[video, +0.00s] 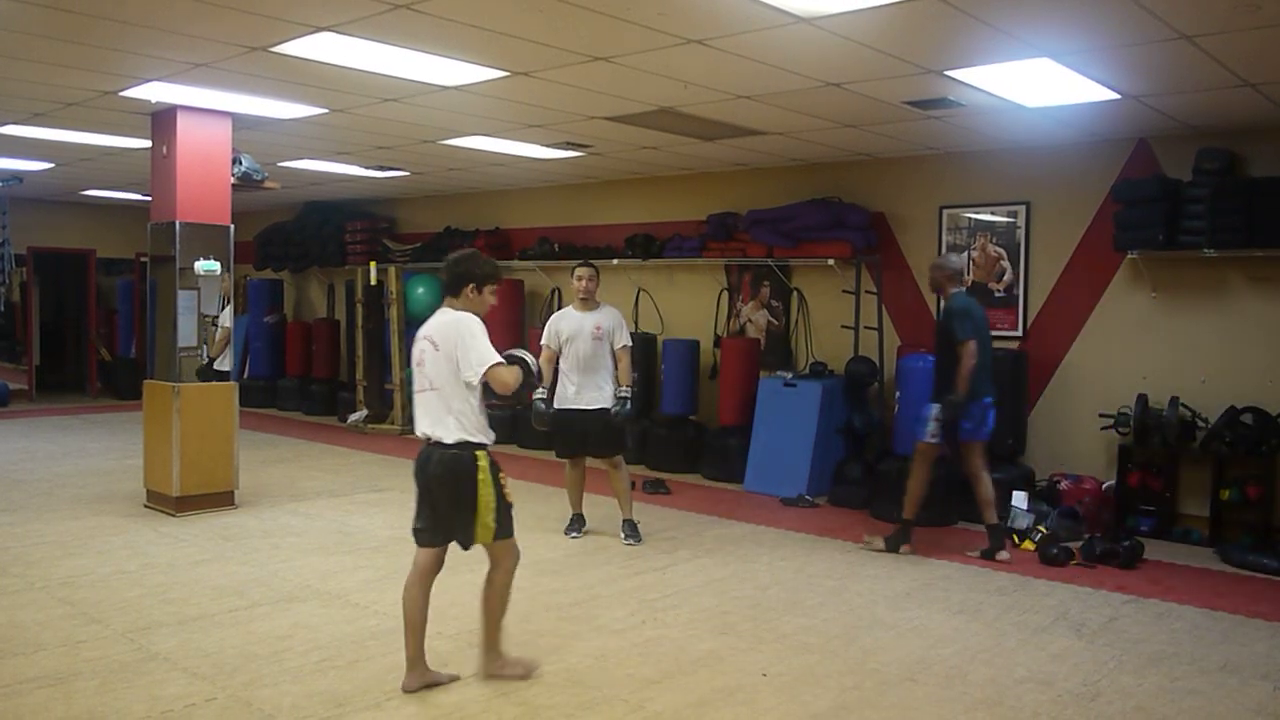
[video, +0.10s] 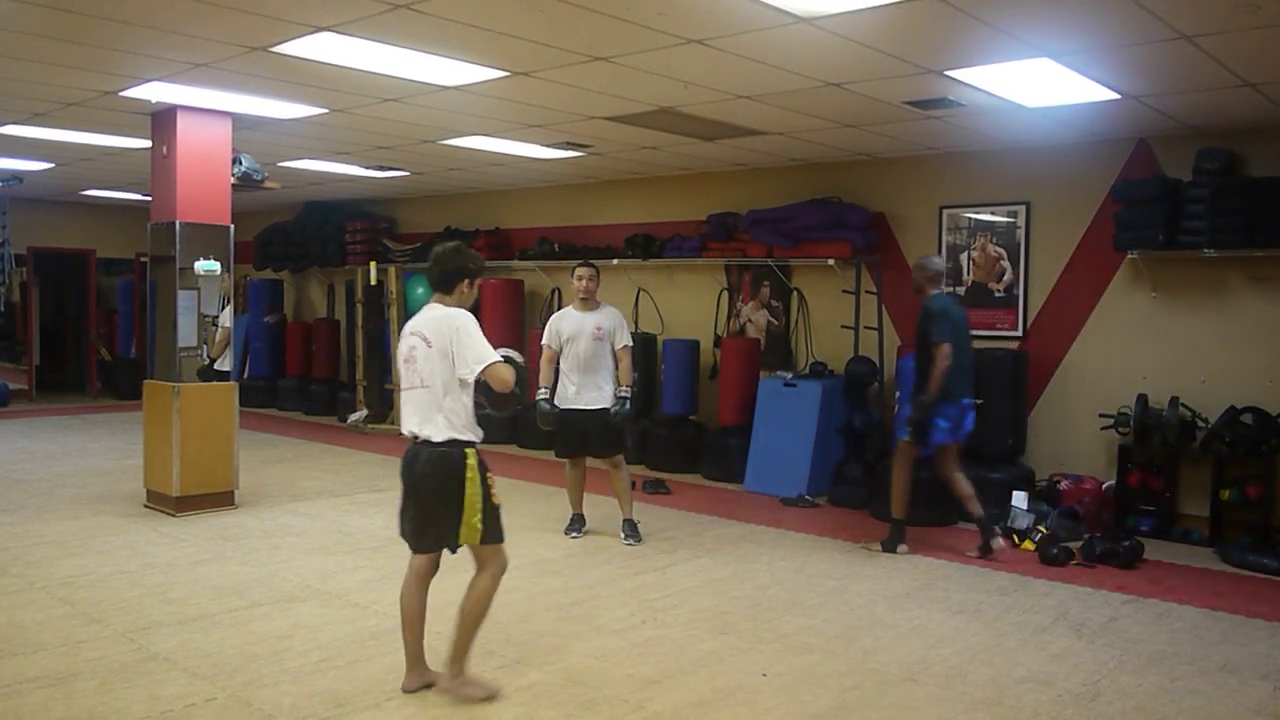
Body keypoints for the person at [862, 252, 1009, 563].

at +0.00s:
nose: (929, 280)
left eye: (932, 275)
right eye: (931, 274)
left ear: (946, 277)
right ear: (954, 277)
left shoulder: (957, 307)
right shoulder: (968, 305)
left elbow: (969, 354)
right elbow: (970, 354)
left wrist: (957, 397)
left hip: (953, 400)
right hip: (977, 400)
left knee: (922, 456)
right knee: (976, 464)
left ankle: (902, 534)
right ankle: (996, 541)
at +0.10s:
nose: (911, 281)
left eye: (914, 277)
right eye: (913, 276)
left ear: (925, 278)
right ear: (940, 278)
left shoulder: (935, 307)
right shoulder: (954, 305)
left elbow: (944, 356)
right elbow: (958, 356)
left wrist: (926, 398)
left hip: (936, 401)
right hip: (959, 401)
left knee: (902, 457)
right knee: (948, 464)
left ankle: (896, 535)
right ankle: (987, 529)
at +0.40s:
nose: (864, 274)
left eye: (867, 270)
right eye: (866, 269)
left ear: (877, 272)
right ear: (893, 272)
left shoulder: (876, 302)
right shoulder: (907, 302)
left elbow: (875, 344)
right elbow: (924, 345)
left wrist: (851, 376)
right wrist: (922, 388)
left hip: (883, 390)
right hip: (903, 387)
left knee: (887, 456)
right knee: (866, 442)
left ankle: (896, 535)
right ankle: (875, 510)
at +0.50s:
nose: (850, 278)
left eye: (852, 274)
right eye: (852, 273)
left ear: (861, 275)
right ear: (878, 276)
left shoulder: (861, 305)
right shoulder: (892, 305)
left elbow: (859, 343)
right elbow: (909, 347)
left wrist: (833, 374)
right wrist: (910, 388)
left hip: (870, 392)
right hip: (890, 390)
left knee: (879, 458)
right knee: (856, 449)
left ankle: (896, 535)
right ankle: (838, 506)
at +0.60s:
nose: (837, 278)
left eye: (839, 273)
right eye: (838, 272)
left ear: (847, 277)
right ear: (866, 277)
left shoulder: (847, 306)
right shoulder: (878, 304)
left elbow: (845, 346)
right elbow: (894, 344)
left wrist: (820, 377)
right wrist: (895, 386)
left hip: (855, 392)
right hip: (874, 390)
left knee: (862, 457)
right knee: (842, 450)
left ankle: (891, 528)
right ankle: (830, 514)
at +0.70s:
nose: (826, 277)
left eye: (828, 272)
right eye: (828, 271)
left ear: (836, 275)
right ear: (855, 276)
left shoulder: (834, 304)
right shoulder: (869, 305)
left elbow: (836, 343)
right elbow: (878, 345)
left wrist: (815, 375)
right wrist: (876, 383)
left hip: (837, 387)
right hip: (861, 386)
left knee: (829, 450)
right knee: (836, 450)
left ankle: (871, 508)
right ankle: (829, 513)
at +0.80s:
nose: (814, 274)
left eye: (817, 269)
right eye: (816, 269)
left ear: (824, 272)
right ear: (840, 273)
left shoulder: (825, 301)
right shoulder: (853, 300)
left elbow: (828, 343)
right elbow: (864, 345)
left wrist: (810, 380)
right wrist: (852, 371)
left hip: (831, 383)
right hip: (851, 383)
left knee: (801, 441)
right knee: (830, 441)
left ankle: (840, 494)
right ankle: (830, 511)